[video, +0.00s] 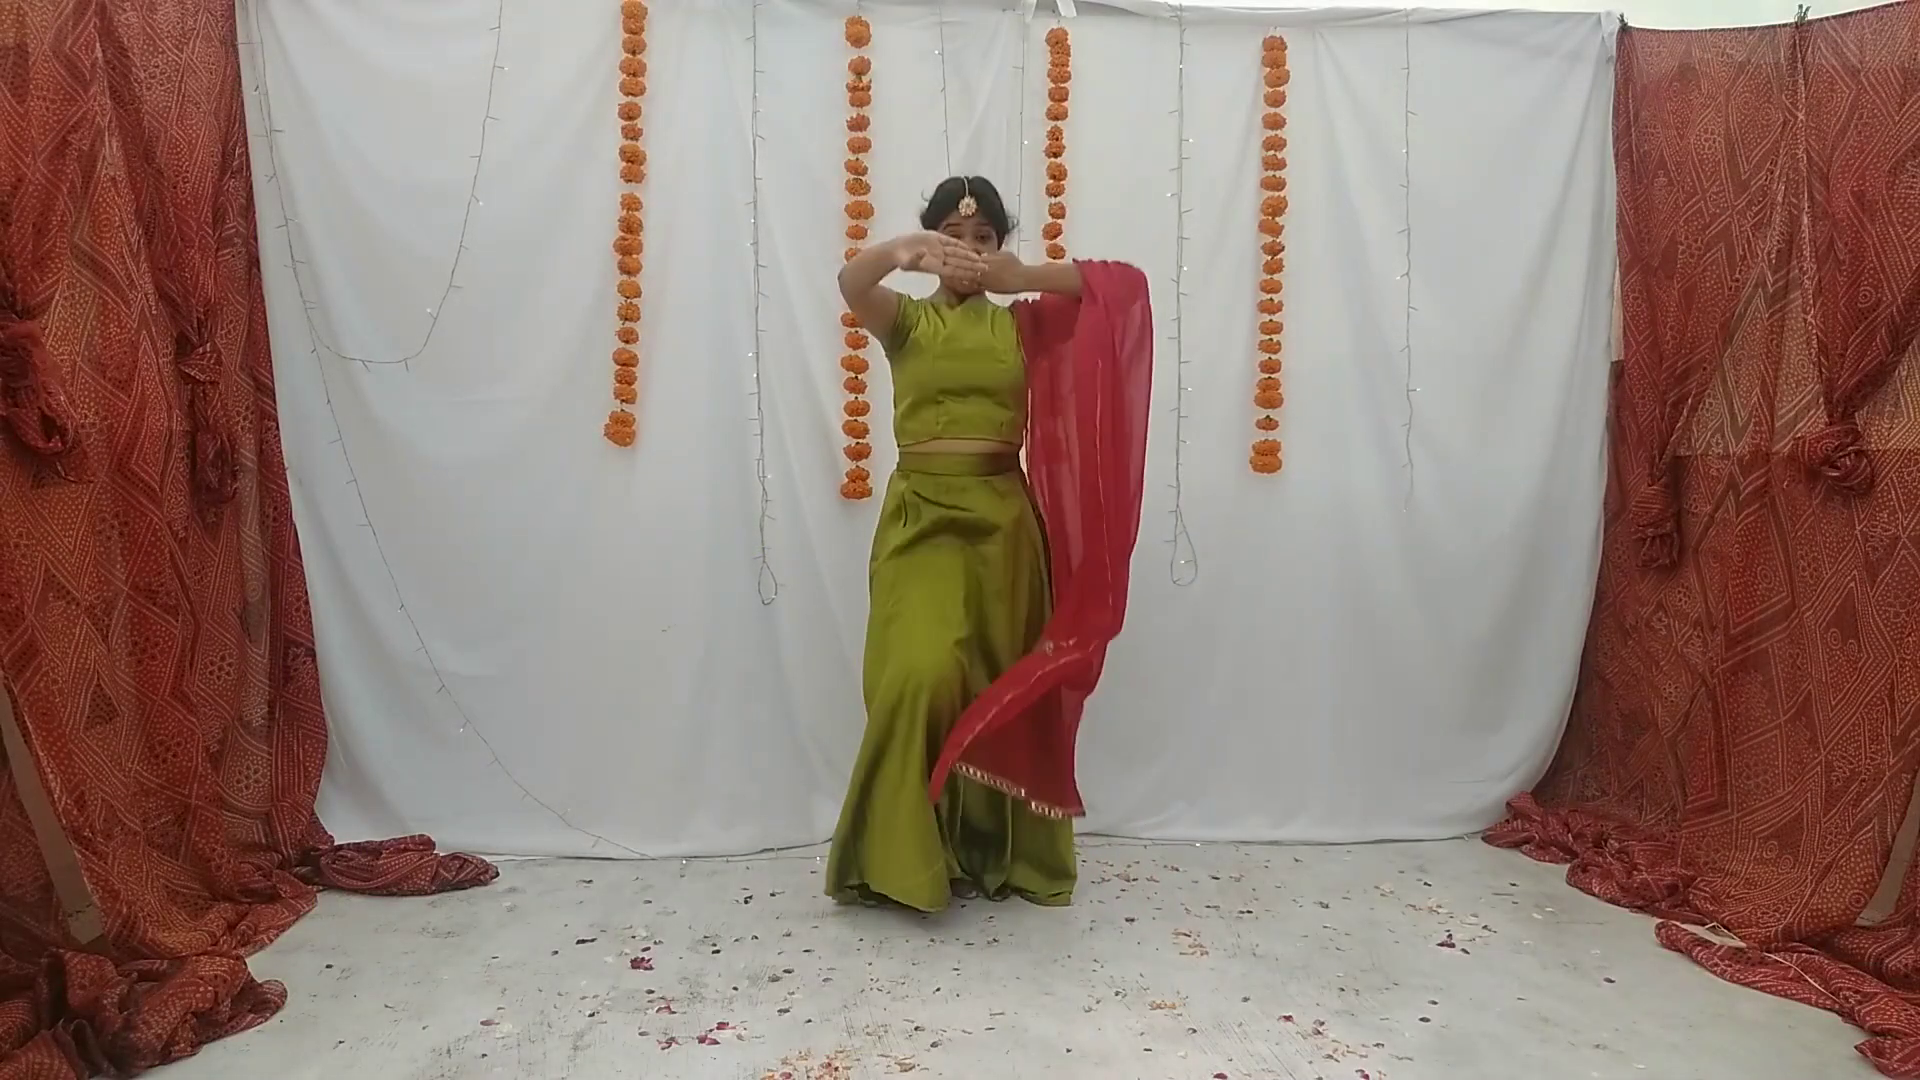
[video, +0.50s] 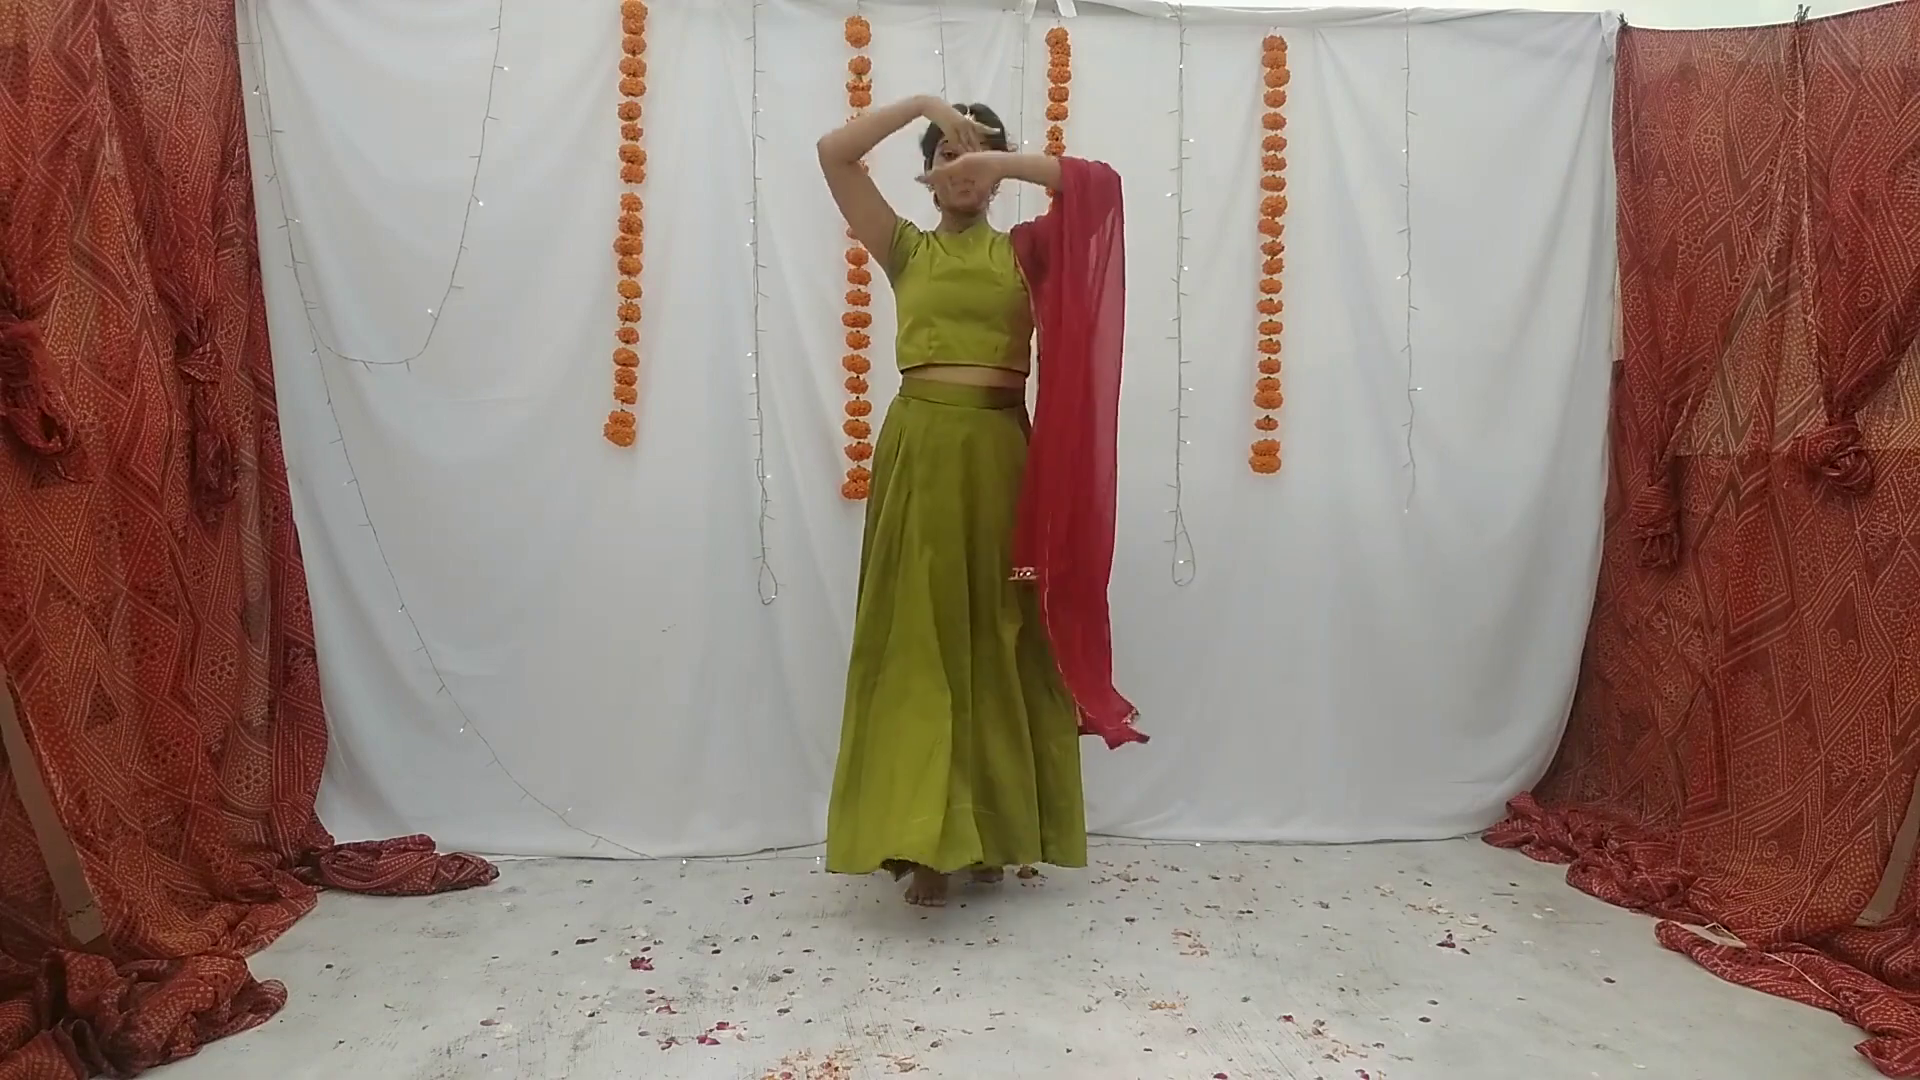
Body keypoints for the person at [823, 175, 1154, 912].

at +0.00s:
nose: (967, 243)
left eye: (981, 232)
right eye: (954, 231)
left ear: (1001, 246)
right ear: (932, 246)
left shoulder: (1023, 320)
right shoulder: (910, 320)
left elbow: (1116, 285)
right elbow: (854, 285)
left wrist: (1021, 274)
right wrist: (902, 247)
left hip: (1004, 511)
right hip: (920, 512)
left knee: (1010, 675)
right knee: (924, 670)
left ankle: (1000, 850)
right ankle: (903, 861)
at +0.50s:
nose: (961, 165)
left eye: (976, 156)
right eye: (948, 155)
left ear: (998, 175)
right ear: (927, 170)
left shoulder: (1025, 250)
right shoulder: (906, 246)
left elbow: (1098, 187)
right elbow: (834, 153)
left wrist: (995, 158)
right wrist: (917, 102)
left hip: (998, 447)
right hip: (918, 442)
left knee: (995, 636)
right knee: (919, 636)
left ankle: (993, 825)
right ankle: (923, 836)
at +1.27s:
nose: (969, 211)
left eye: (984, 197)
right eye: (953, 195)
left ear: (1003, 204)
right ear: (932, 201)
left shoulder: (1023, 283)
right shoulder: (902, 280)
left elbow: (1094, 211)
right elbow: (817, 300)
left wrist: (1005, 174)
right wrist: (923, 309)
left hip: (989, 487)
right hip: (905, 487)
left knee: (988, 673)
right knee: (910, 673)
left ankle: (983, 882)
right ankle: (916, 867)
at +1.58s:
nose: (985, 186)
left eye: (1001, 171)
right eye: (969, 168)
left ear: (1020, 181)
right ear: (943, 176)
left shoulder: (1043, 262)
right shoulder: (912, 263)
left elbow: (1118, 178)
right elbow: (828, 270)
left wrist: (1020, 133)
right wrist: (930, 305)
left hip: (1012, 485)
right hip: (922, 483)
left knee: (1002, 683)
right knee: (905, 678)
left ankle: (985, 885)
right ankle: (899, 862)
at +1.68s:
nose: (983, 212)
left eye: (1000, 202)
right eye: (969, 200)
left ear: (1022, 216)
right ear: (943, 213)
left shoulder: (1046, 298)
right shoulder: (915, 294)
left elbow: (1125, 247)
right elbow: (830, 253)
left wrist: (1013, 235)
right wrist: (939, 287)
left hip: (1010, 510)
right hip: (919, 509)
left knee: (997, 694)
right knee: (918, 685)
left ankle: (989, 885)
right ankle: (910, 866)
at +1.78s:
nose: (974, 222)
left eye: (992, 208)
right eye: (958, 208)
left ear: (1018, 218)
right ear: (938, 218)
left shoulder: (1041, 297)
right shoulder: (916, 297)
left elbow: (1118, 284)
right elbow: (842, 228)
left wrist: (998, 267)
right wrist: (928, 238)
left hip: (1019, 514)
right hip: (928, 510)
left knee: (1009, 700)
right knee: (929, 677)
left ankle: (1012, 883)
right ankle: (912, 890)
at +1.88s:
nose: (976, 198)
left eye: (989, 184)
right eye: (961, 185)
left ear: (1013, 192)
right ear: (944, 191)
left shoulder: (1043, 270)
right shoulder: (919, 268)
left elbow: (1126, 262)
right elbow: (853, 179)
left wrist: (998, 239)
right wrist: (957, 169)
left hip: (1025, 493)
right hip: (932, 490)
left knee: (1014, 692)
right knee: (917, 680)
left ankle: (1010, 880)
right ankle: (917, 904)